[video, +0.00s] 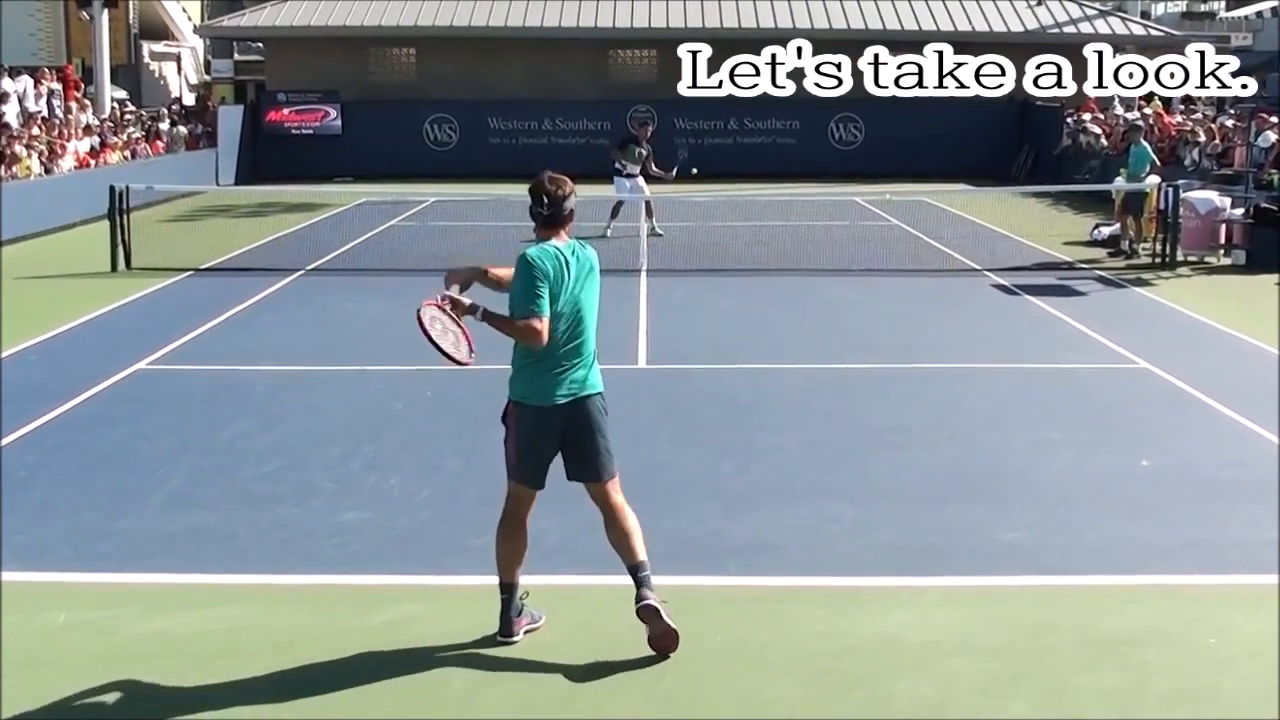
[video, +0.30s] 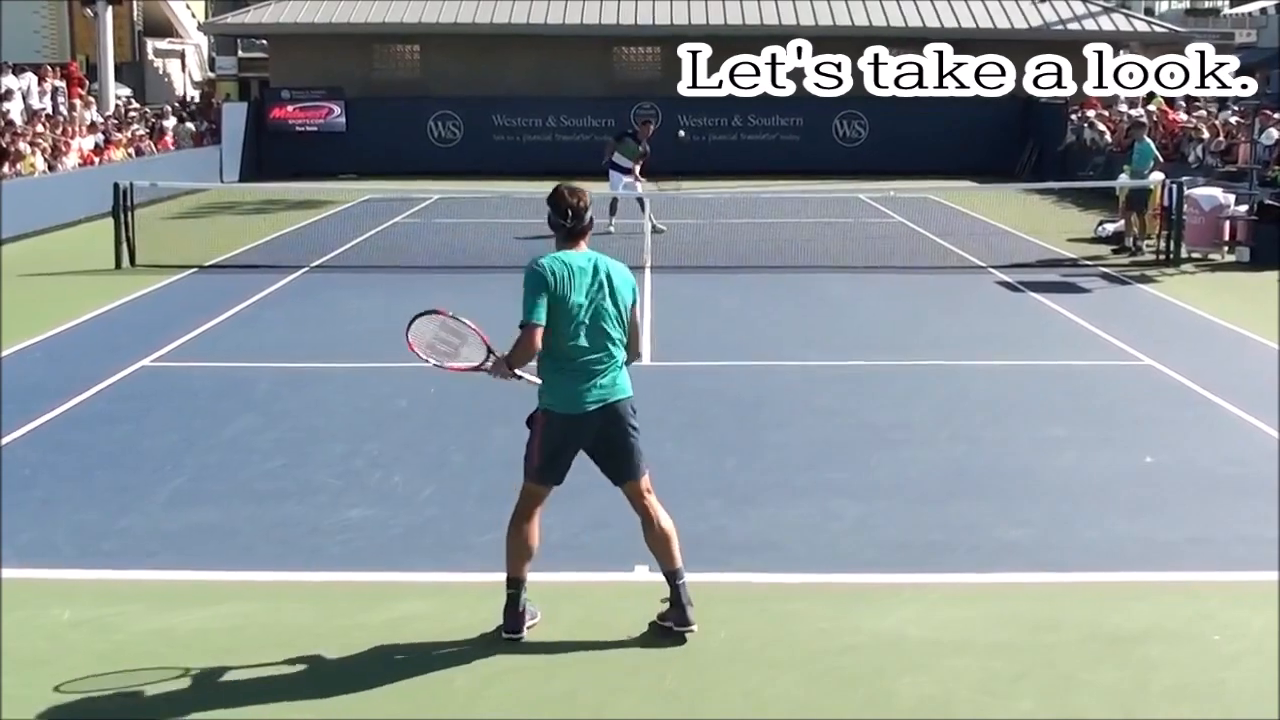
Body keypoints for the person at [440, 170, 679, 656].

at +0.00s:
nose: (539, 214)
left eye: (537, 207)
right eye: (565, 207)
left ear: (532, 212)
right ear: (573, 214)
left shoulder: (534, 259)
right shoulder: (587, 256)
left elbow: (536, 333)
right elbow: (524, 278)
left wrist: (475, 313)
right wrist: (477, 272)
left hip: (534, 406)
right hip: (586, 400)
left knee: (517, 506)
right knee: (612, 498)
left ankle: (510, 613)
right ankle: (645, 590)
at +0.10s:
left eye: (540, 201)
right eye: (571, 202)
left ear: (534, 207)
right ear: (574, 208)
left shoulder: (535, 256)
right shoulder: (594, 254)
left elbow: (544, 331)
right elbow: (556, 311)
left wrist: (485, 325)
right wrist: (490, 312)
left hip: (542, 400)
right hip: (594, 392)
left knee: (524, 504)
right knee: (623, 491)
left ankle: (513, 611)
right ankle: (663, 588)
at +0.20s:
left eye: (546, 202)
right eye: (575, 202)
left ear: (540, 207)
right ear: (581, 209)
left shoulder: (538, 255)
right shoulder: (605, 258)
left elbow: (543, 331)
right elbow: (591, 329)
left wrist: (489, 342)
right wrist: (523, 350)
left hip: (551, 400)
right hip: (605, 392)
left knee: (529, 503)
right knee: (633, 491)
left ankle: (514, 612)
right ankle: (673, 594)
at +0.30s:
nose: (561, 227)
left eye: (551, 222)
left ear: (552, 226)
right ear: (591, 224)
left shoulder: (542, 270)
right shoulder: (620, 275)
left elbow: (532, 343)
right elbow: (632, 350)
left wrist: (507, 363)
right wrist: (575, 359)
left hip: (560, 412)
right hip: (614, 409)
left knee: (529, 504)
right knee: (646, 500)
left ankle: (514, 611)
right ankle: (682, 604)